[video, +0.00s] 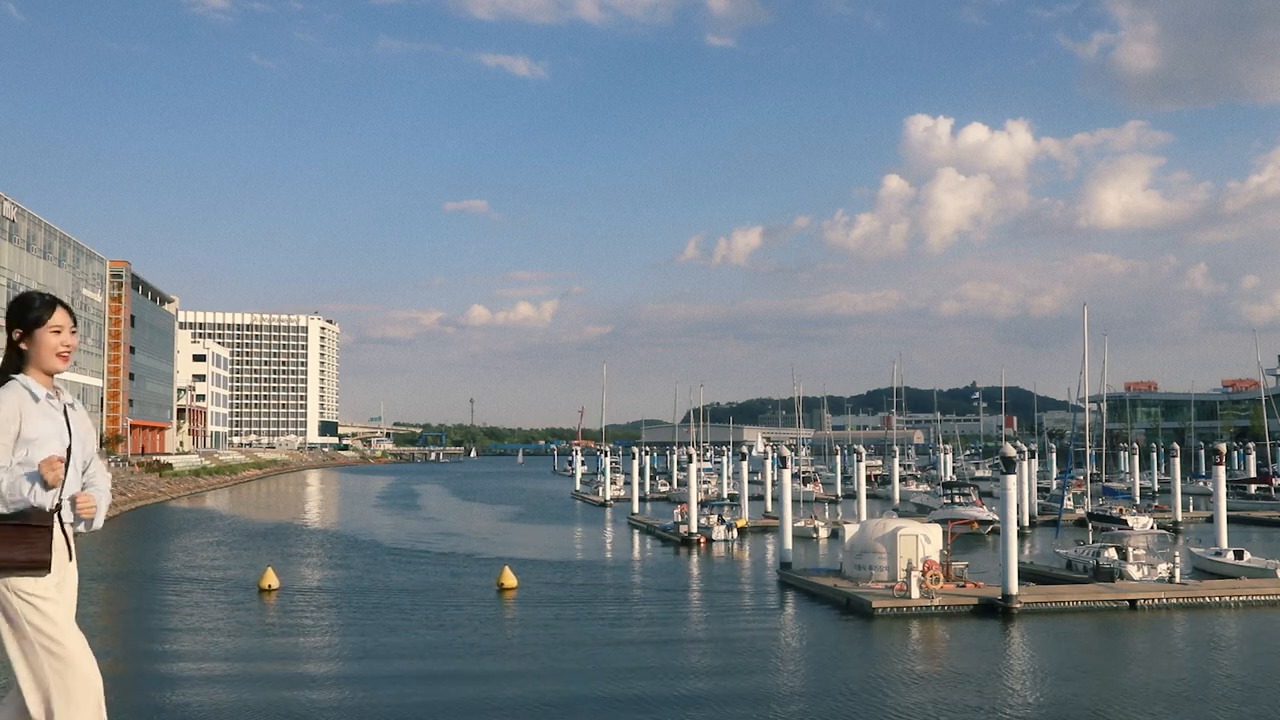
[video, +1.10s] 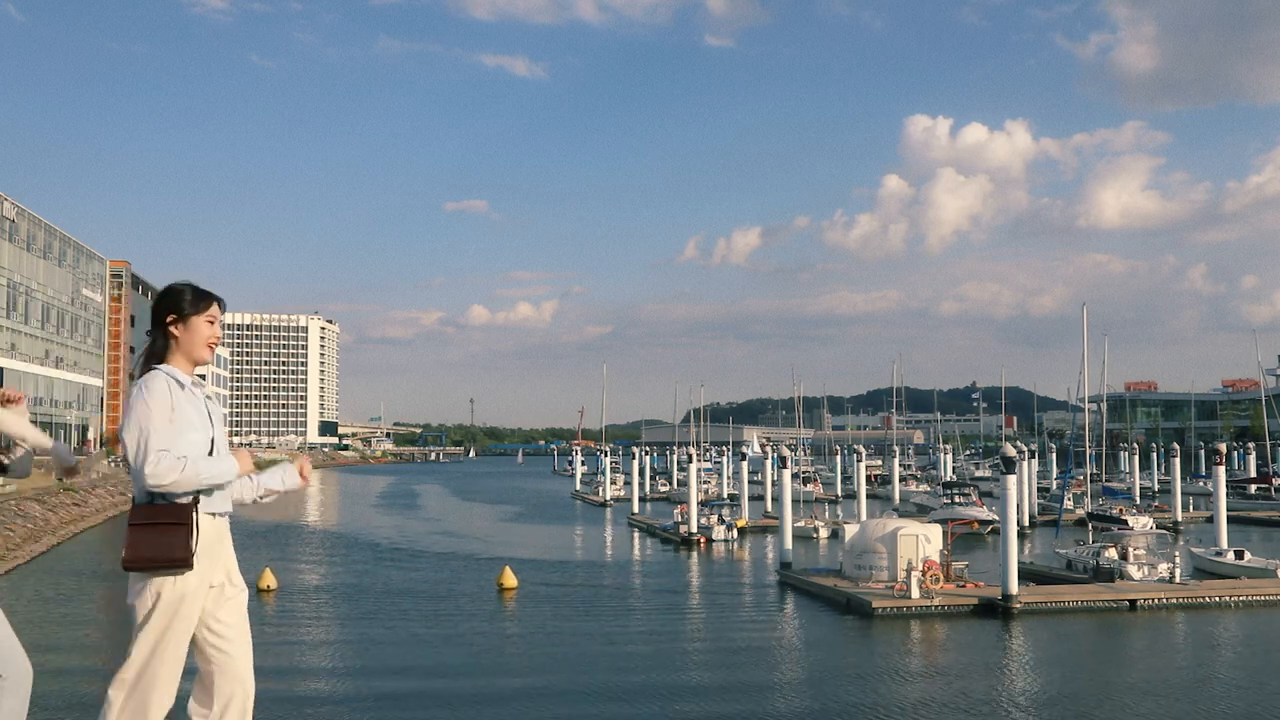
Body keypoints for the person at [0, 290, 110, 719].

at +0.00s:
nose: (69, 341)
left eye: (72, 332)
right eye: (56, 331)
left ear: (75, 339)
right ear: (23, 338)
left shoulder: (73, 408)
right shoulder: (10, 399)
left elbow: (96, 469)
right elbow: (2, 486)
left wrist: (96, 498)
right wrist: (35, 480)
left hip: (63, 547)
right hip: (18, 549)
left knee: (36, 677)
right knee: (76, 673)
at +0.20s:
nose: (90, 343)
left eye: (92, 334)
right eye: (79, 331)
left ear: (93, 342)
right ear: (44, 338)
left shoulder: (91, 409)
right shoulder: (18, 401)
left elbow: (100, 483)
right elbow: (3, 487)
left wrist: (109, 533)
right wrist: (49, 502)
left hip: (82, 556)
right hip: (31, 557)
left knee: (36, 689)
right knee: (93, 689)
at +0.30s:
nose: (101, 357)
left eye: (103, 348)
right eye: (91, 345)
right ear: (56, 349)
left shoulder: (100, 422)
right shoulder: (23, 415)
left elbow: (115, 507)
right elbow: (27, 509)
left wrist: (130, 580)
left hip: (104, 566)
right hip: (51, 570)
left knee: (63, 695)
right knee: (103, 699)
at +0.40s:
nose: (115, 361)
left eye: (117, 352)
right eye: (106, 348)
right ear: (70, 347)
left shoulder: (113, 423)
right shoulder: (31, 417)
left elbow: (136, 498)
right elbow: (41, 504)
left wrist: (181, 560)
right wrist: (119, 541)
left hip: (113, 577)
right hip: (61, 579)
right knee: (99, 704)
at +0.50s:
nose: (130, 349)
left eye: (132, 341)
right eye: (122, 335)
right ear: (86, 333)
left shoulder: (121, 409)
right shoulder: (47, 398)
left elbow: (149, 481)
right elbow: (60, 479)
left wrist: (219, 509)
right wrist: (136, 493)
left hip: (126, 555)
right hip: (76, 556)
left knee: (168, 676)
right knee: (99, 696)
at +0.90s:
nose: (189, 341)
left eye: (190, 332)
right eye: (180, 329)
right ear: (145, 331)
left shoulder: (178, 408)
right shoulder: (118, 396)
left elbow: (195, 498)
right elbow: (124, 478)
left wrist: (259, 475)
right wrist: (191, 472)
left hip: (189, 552)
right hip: (142, 553)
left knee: (219, 685)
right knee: (133, 695)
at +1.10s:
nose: (218, 335)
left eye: (219, 325)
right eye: (209, 323)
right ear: (175, 326)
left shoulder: (207, 398)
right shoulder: (154, 388)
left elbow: (221, 490)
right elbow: (157, 472)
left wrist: (285, 477)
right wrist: (231, 464)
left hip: (216, 537)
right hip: (173, 536)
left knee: (231, 682)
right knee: (148, 681)